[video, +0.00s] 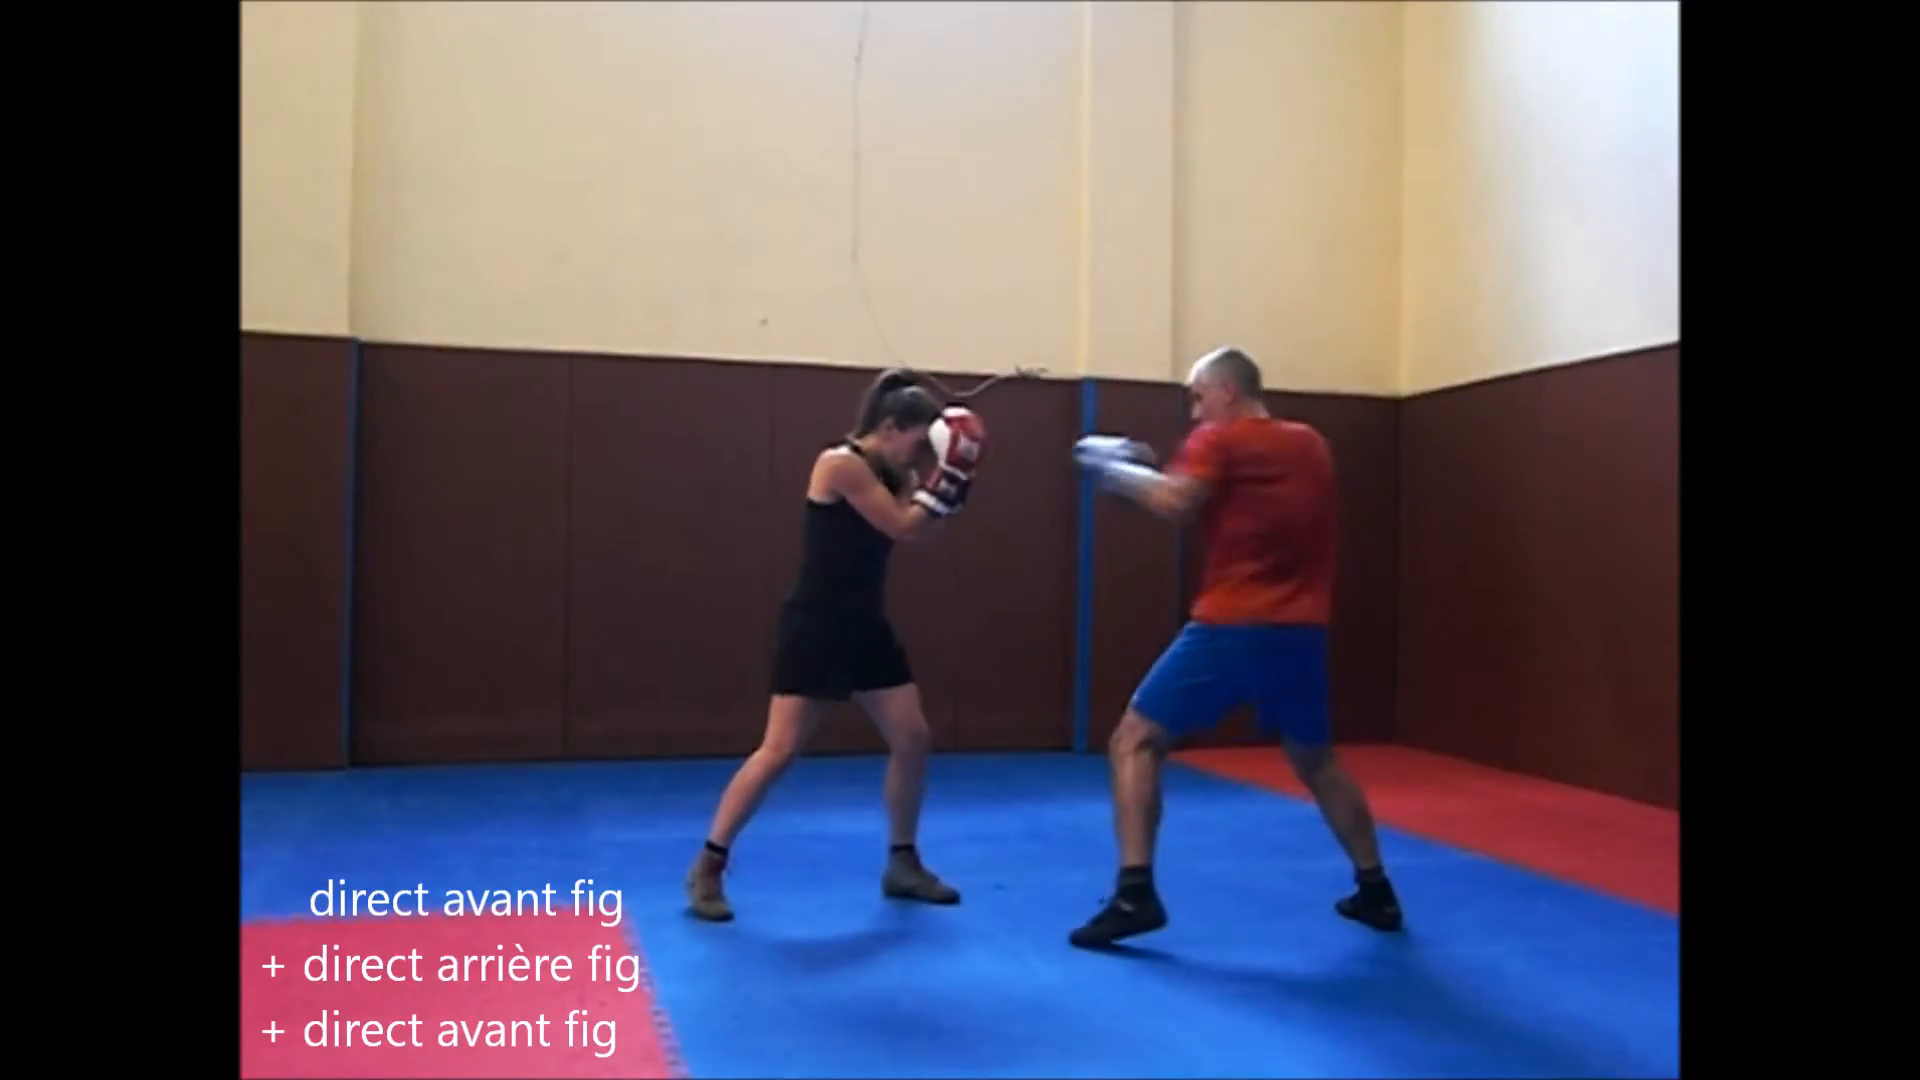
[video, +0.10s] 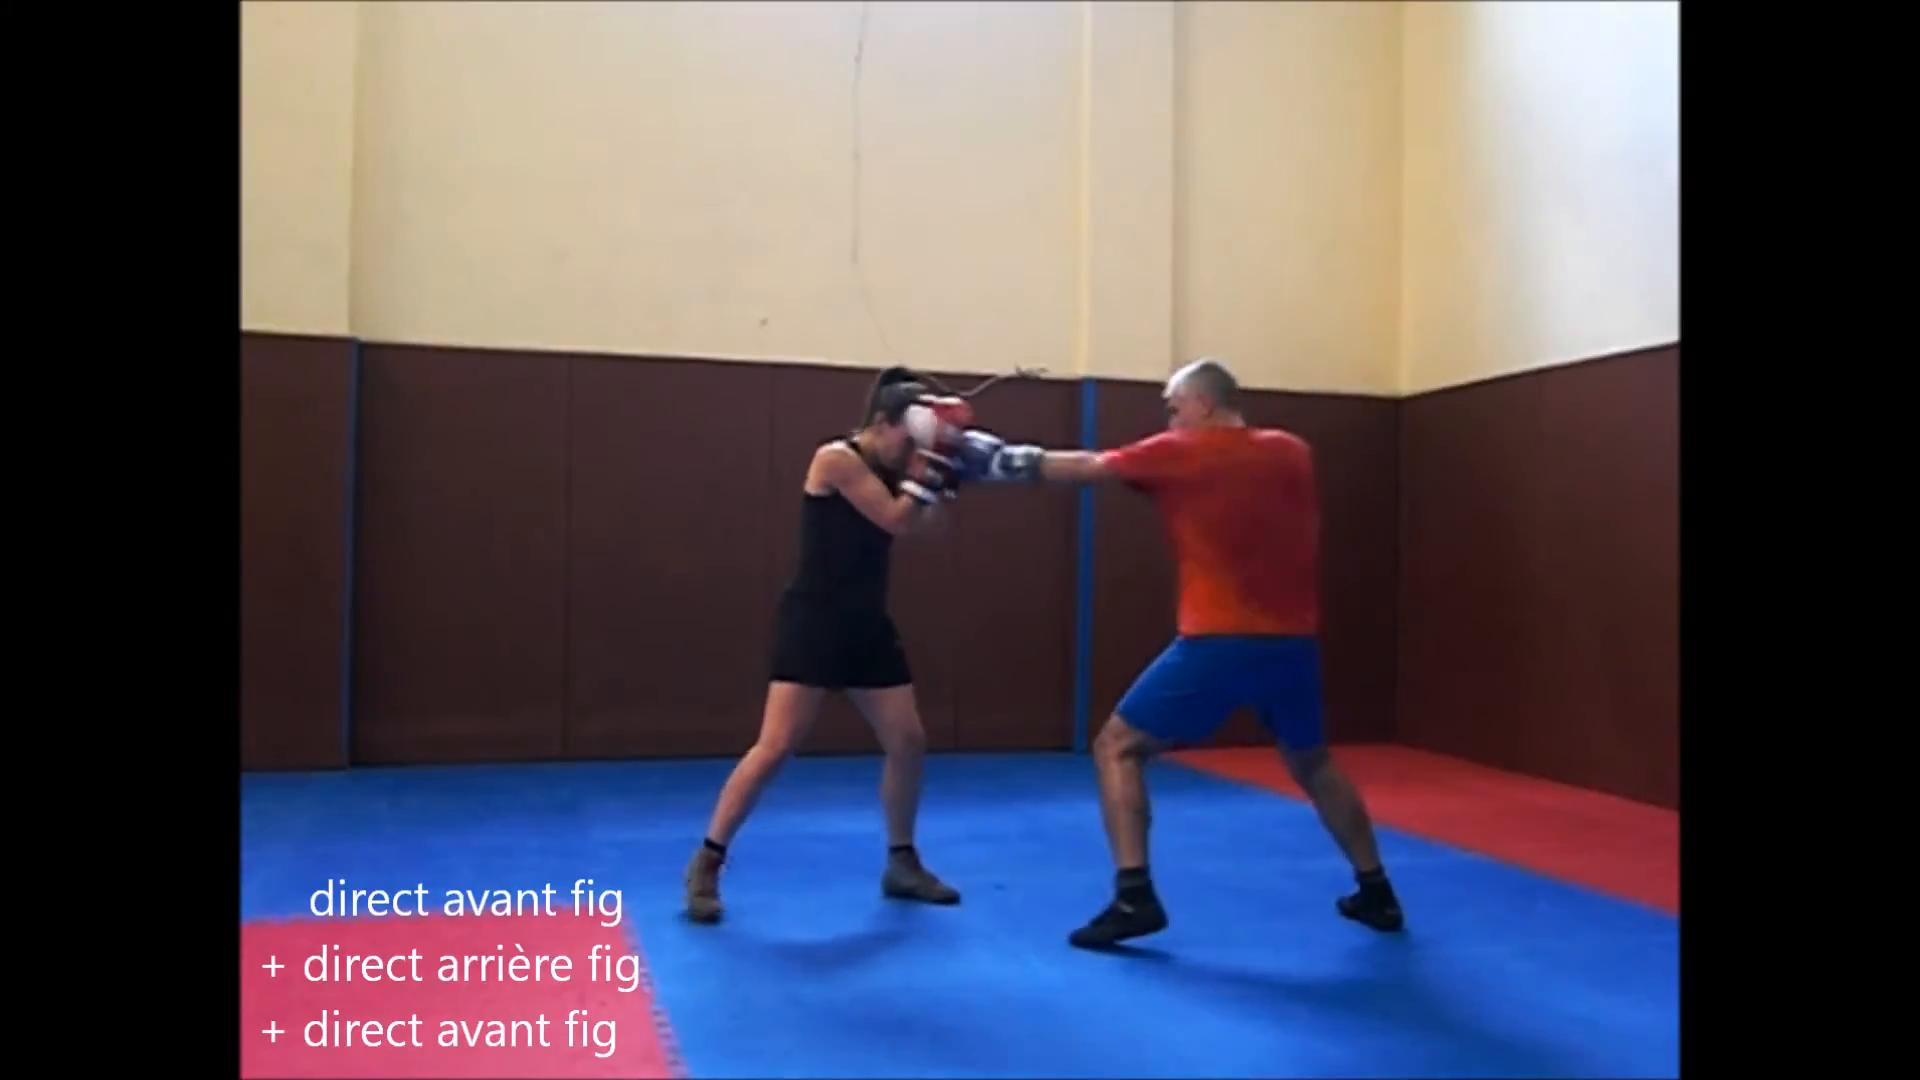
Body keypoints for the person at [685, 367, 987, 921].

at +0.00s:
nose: (919, 453)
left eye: (924, 444)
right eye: (918, 442)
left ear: (897, 429)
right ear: (891, 427)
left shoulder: (887, 473)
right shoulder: (840, 465)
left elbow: (924, 522)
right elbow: (902, 526)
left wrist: (957, 473)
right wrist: (946, 478)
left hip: (863, 627)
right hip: (813, 625)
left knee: (911, 738)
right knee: (778, 749)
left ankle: (903, 864)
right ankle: (709, 865)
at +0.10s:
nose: (913, 449)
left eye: (918, 440)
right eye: (910, 436)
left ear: (904, 431)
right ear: (883, 422)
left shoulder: (884, 471)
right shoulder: (835, 459)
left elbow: (920, 523)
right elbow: (894, 519)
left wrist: (944, 480)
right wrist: (926, 476)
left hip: (865, 625)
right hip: (812, 622)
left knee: (906, 740)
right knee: (774, 746)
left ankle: (902, 865)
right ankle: (706, 864)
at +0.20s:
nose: (895, 453)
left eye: (900, 444)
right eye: (890, 441)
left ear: (888, 436)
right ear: (860, 427)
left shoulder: (869, 475)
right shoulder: (815, 465)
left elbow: (916, 523)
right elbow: (880, 518)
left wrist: (933, 473)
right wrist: (909, 469)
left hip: (862, 633)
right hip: (807, 632)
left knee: (912, 741)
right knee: (765, 757)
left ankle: (903, 865)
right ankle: (702, 876)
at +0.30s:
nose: (883, 457)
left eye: (887, 448)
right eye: (878, 445)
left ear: (862, 437)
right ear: (846, 433)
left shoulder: (856, 480)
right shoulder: (804, 469)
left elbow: (903, 529)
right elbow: (871, 524)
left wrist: (924, 474)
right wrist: (902, 470)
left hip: (850, 635)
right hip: (795, 636)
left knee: (907, 743)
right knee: (761, 760)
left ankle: (902, 865)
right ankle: (700, 878)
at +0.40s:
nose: (881, 457)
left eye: (885, 448)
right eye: (877, 446)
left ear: (859, 435)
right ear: (846, 432)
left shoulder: (850, 477)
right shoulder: (802, 468)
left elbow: (900, 528)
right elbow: (871, 523)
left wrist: (920, 473)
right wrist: (900, 475)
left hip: (842, 632)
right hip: (790, 633)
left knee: (898, 741)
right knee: (759, 760)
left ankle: (901, 865)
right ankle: (700, 878)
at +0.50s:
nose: (873, 451)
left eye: (877, 442)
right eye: (869, 440)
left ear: (858, 434)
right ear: (841, 429)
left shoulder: (846, 475)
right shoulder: (797, 468)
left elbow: (894, 525)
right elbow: (872, 522)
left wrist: (913, 472)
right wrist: (892, 466)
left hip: (840, 631)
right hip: (789, 633)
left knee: (894, 741)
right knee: (760, 760)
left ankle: (901, 865)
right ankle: (701, 878)